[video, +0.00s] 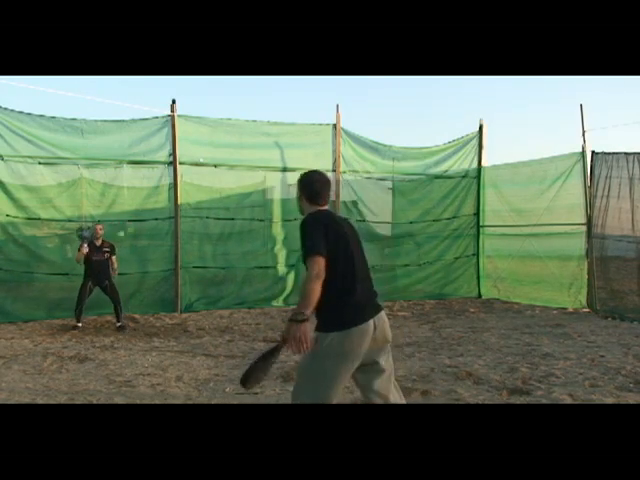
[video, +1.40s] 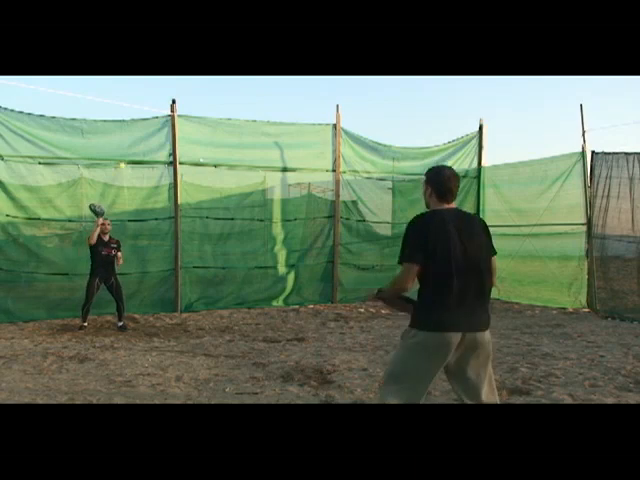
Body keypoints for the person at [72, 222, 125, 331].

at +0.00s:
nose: (98, 232)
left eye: (100, 230)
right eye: (96, 229)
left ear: (103, 231)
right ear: (93, 231)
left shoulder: (109, 246)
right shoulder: (86, 245)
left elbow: (113, 259)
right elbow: (78, 260)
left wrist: (114, 268)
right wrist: (82, 252)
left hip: (105, 277)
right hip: (90, 277)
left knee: (116, 298)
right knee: (81, 298)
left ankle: (119, 322)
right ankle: (78, 322)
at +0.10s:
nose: (98, 235)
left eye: (100, 233)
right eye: (96, 233)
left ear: (103, 235)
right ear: (93, 235)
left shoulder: (110, 249)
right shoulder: (87, 249)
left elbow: (114, 262)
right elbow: (85, 266)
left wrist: (115, 272)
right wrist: (89, 262)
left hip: (106, 280)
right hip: (91, 280)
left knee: (117, 300)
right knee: (81, 300)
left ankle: (119, 322)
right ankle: (78, 322)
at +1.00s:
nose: (102, 229)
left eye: (104, 227)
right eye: (99, 227)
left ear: (107, 229)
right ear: (96, 229)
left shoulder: (113, 243)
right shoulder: (90, 243)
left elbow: (118, 257)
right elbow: (79, 258)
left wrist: (117, 263)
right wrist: (86, 250)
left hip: (109, 275)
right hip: (94, 276)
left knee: (119, 297)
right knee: (87, 298)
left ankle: (120, 322)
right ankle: (84, 322)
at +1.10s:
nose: (102, 230)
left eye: (104, 228)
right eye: (100, 228)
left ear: (108, 230)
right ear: (97, 231)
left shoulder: (114, 244)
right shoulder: (92, 243)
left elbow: (119, 258)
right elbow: (84, 249)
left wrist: (119, 267)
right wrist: (87, 237)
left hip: (109, 275)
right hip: (95, 276)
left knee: (120, 297)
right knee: (88, 298)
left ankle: (121, 322)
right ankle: (84, 322)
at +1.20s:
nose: (102, 228)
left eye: (104, 226)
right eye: (99, 227)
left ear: (107, 229)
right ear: (97, 230)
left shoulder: (114, 244)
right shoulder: (92, 243)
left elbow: (119, 257)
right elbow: (89, 239)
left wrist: (120, 265)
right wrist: (93, 225)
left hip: (110, 275)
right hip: (96, 275)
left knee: (121, 298)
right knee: (88, 299)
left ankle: (121, 321)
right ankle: (84, 322)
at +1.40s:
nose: (106, 227)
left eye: (108, 225)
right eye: (103, 225)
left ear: (111, 227)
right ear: (99, 227)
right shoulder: (94, 240)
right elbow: (92, 241)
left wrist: (119, 258)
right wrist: (98, 226)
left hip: (110, 273)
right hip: (96, 273)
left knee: (119, 298)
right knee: (89, 298)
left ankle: (120, 321)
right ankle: (84, 322)